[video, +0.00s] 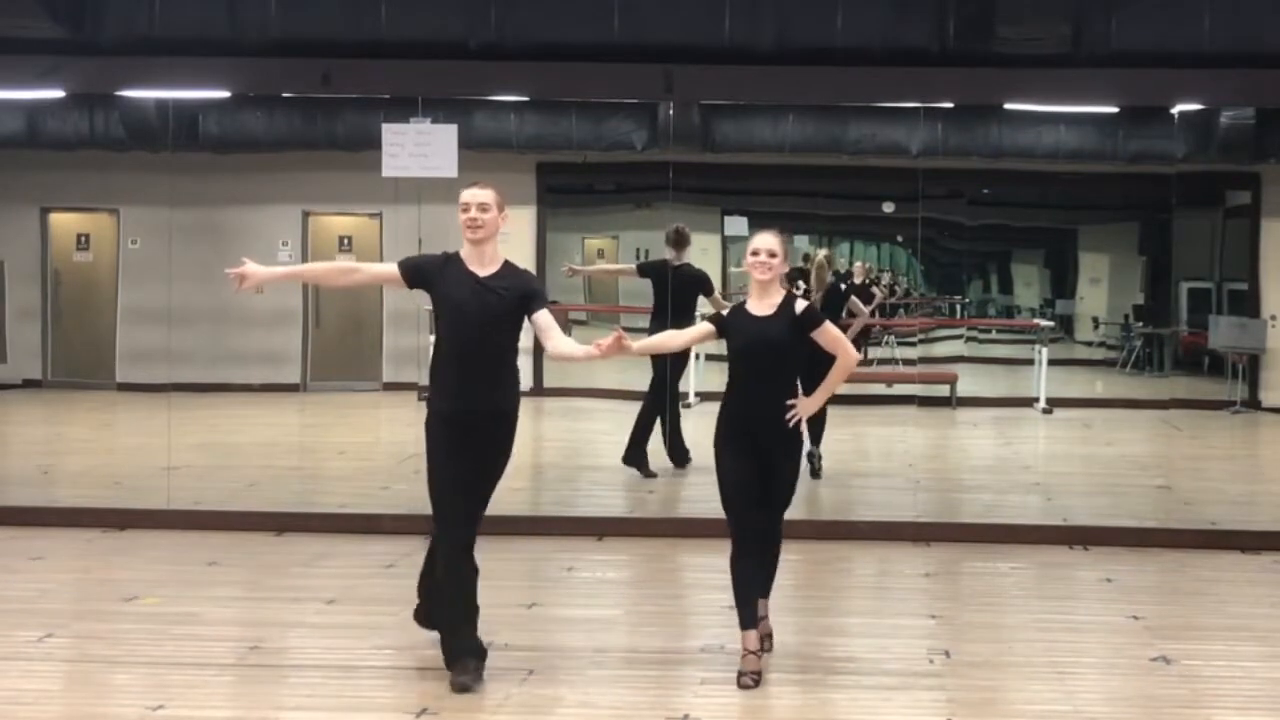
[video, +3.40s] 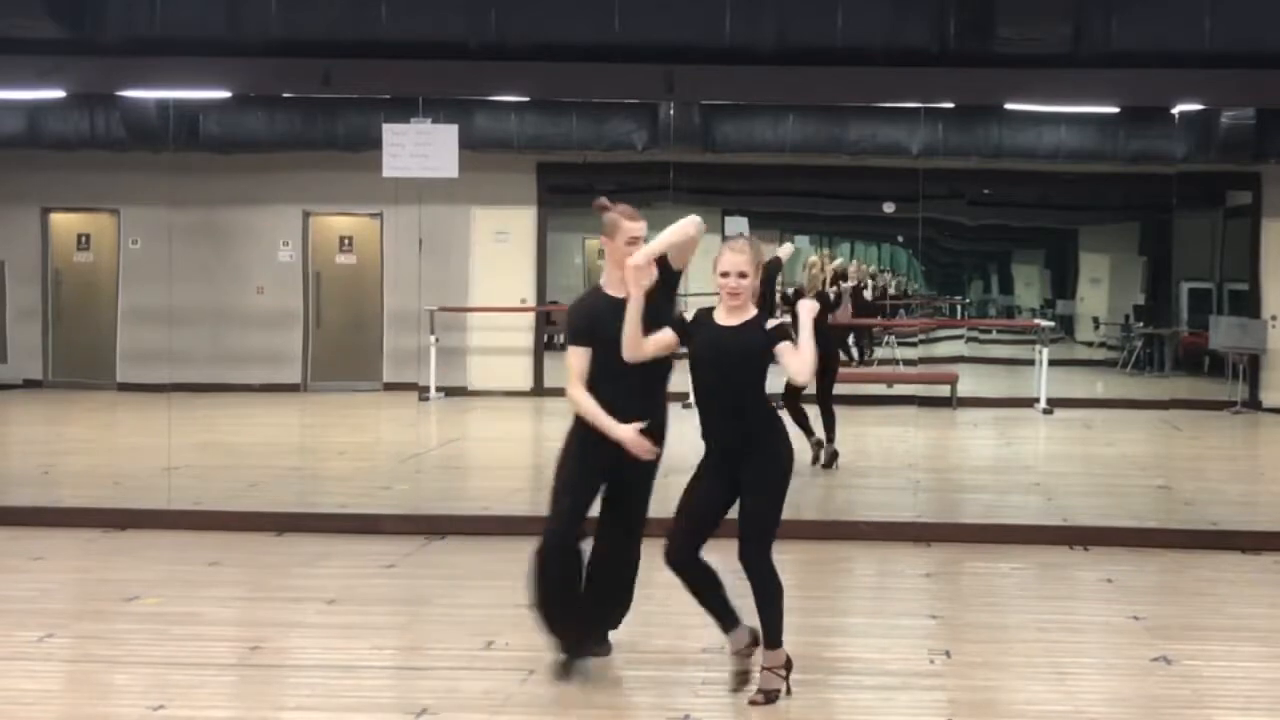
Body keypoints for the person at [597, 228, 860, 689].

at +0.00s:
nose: (761, 260)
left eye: (770, 254)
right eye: (755, 253)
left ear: (785, 263)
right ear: (744, 261)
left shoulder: (799, 311)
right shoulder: (731, 314)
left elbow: (849, 355)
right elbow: (679, 338)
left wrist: (815, 400)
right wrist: (630, 347)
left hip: (782, 435)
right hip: (735, 434)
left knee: (769, 529)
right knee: (744, 532)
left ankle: (761, 613)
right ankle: (748, 640)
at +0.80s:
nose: (756, 268)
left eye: (766, 261)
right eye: (749, 260)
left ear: (781, 267)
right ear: (740, 266)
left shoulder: (795, 317)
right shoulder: (732, 315)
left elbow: (818, 360)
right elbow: (683, 334)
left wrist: (818, 393)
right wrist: (632, 345)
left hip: (783, 436)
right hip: (736, 434)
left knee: (768, 527)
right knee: (742, 538)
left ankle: (711, 561)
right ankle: (749, 643)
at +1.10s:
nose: (762, 270)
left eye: (770, 263)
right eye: (755, 262)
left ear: (785, 267)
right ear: (744, 267)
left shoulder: (801, 314)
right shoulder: (735, 315)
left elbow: (825, 358)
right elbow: (686, 336)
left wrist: (823, 393)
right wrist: (639, 347)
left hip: (787, 434)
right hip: (739, 432)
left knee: (766, 525)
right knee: (741, 535)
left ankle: (697, 580)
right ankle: (754, 642)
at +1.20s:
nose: (765, 272)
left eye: (774, 264)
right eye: (757, 264)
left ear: (788, 269)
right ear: (747, 268)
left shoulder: (807, 317)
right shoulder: (734, 315)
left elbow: (839, 358)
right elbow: (686, 339)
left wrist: (826, 397)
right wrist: (639, 353)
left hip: (785, 437)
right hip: (737, 435)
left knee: (759, 532)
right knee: (743, 532)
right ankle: (752, 633)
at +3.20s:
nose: (750, 277)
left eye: (758, 269)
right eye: (741, 269)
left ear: (771, 273)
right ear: (726, 271)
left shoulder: (788, 316)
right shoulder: (711, 323)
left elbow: (843, 357)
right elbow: (661, 371)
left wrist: (811, 350)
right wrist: (648, 325)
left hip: (770, 446)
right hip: (720, 448)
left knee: (754, 551)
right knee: (741, 550)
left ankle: (763, 658)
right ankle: (762, 648)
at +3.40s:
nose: (732, 283)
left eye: (741, 275)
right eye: (725, 275)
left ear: (757, 280)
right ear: (714, 278)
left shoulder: (767, 328)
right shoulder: (697, 323)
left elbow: (802, 373)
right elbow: (634, 351)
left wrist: (806, 320)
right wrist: (636, 291)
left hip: (765, 455)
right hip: (720, 456)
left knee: (755, 554)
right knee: (680, 553)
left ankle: (775, 657)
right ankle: (740, 638)